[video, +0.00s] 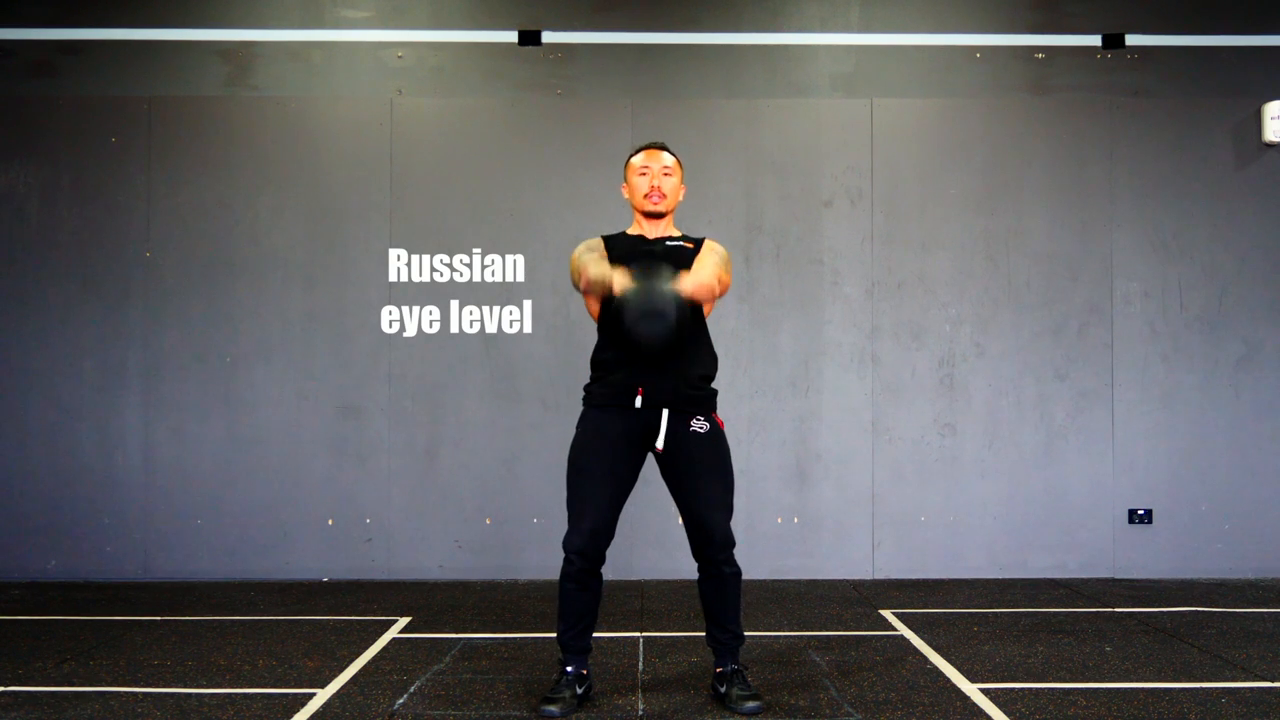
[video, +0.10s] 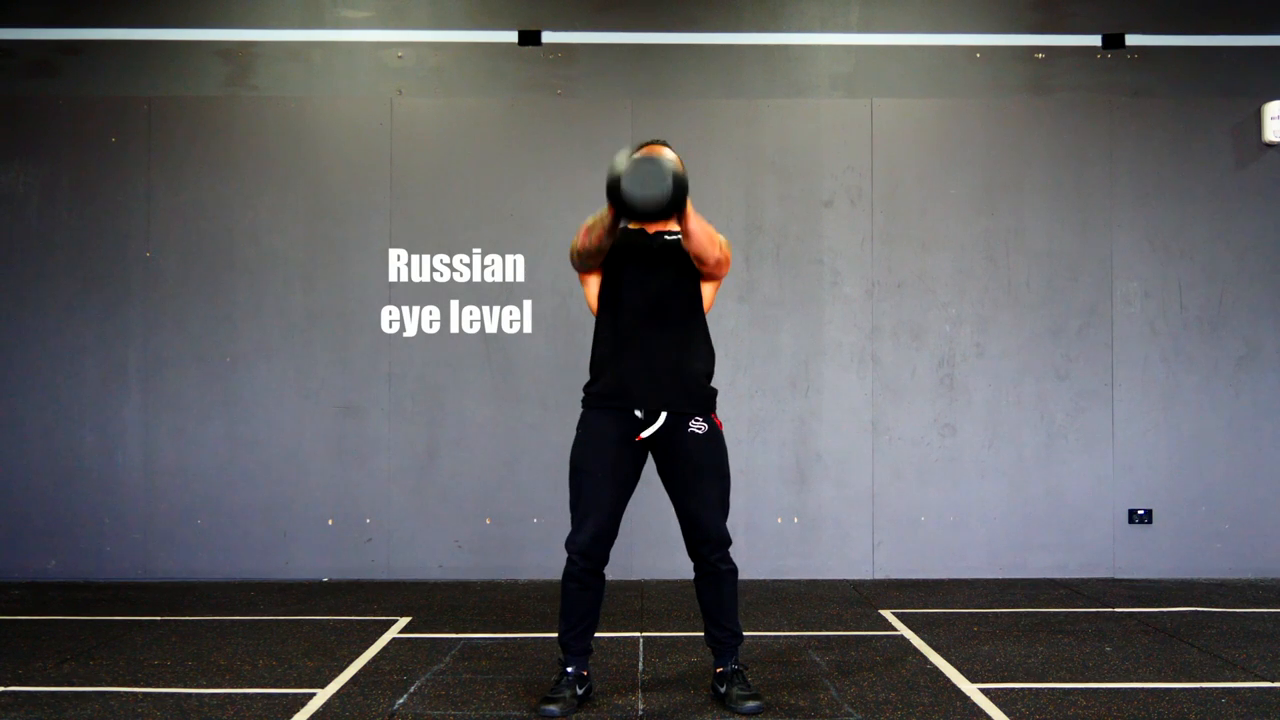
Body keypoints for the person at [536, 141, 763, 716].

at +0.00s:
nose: (655, 180)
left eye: (667, 172)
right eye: (644, 172)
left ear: (682, 189)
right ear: (625, 189)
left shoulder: (706, 251)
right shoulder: (597, 250)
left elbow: (707, 283)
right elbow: (594, 276)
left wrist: (671, 287)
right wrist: (622, 284)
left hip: (690, 415)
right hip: (612, 413)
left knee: (716, 543)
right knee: (583, 544)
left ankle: (729, 670)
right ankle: (573, 672)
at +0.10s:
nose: (655, 175)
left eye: (666, 165)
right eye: (645, 164)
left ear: (681, 183)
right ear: (626, 180)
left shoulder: (702, 249)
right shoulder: (601, 247)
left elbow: (715, 260)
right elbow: (583, 250)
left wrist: (679, 199)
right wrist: (618, 204)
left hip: (687, 413)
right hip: (611, 411)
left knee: (712, 545)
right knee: (586, 545)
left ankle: (729, 670)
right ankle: (573, 672)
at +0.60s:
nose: (647, 166)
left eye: (659, 159)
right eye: (636, 159)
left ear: (676, 179)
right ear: (620, 179)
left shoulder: (701, 240)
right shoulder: (596, 242)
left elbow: (707, 269)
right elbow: (581, 262)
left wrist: (668, 267)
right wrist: (607, 266)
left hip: (687, 415)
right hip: (608, 413)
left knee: (713, 543)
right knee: (581, 544)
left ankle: (729, 670)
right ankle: (571, 672)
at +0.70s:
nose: (646, 167)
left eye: (658, 159)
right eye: (635, 159)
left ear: (676, 179)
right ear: (619, 178)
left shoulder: (705, 249)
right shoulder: (588, 248)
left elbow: (699, 311)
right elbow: (590, 308)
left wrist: (669, 357)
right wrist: (619, 352)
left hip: (685, 413)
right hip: (608, 412)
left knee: (722, 544)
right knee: (572, 545)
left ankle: (730, 670)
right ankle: (571, 672)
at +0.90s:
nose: (645, 204)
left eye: (656, 194)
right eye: (633, 194)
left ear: (675, 207)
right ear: (616, 209)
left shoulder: (707, 288)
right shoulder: (583, 289)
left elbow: (696, 389)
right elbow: (593, 389)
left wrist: (672, 465)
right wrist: (617, 464)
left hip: (686, 440)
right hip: (604, 439)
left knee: (745, 537)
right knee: (548, 541)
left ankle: (733, 670)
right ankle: (569, 674)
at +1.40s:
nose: (642, 190)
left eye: (653, 180)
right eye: (630, 181)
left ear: (671, 192)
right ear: (614, 193)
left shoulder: (704, 263)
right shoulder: (581, 269)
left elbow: (696, 335)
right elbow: (591, 340)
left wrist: (673, 393)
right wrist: (618, 394)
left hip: (686, 426)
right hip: (603, 427)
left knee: (724, 553)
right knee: (571, 552)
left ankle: (730, 673)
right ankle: (572, 674)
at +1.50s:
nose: (644, 182)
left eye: (655, 174)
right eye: (632, 174)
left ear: (672, 190)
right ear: (616, 191)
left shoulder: (699, 251)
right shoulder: (588, 253)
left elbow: (699, 285)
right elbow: (589, 286)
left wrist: (668, 304)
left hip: (683, 415)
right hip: (606, 414)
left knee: (711, 542)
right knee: (580, 544)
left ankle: (728, 670)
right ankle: (572, 672)